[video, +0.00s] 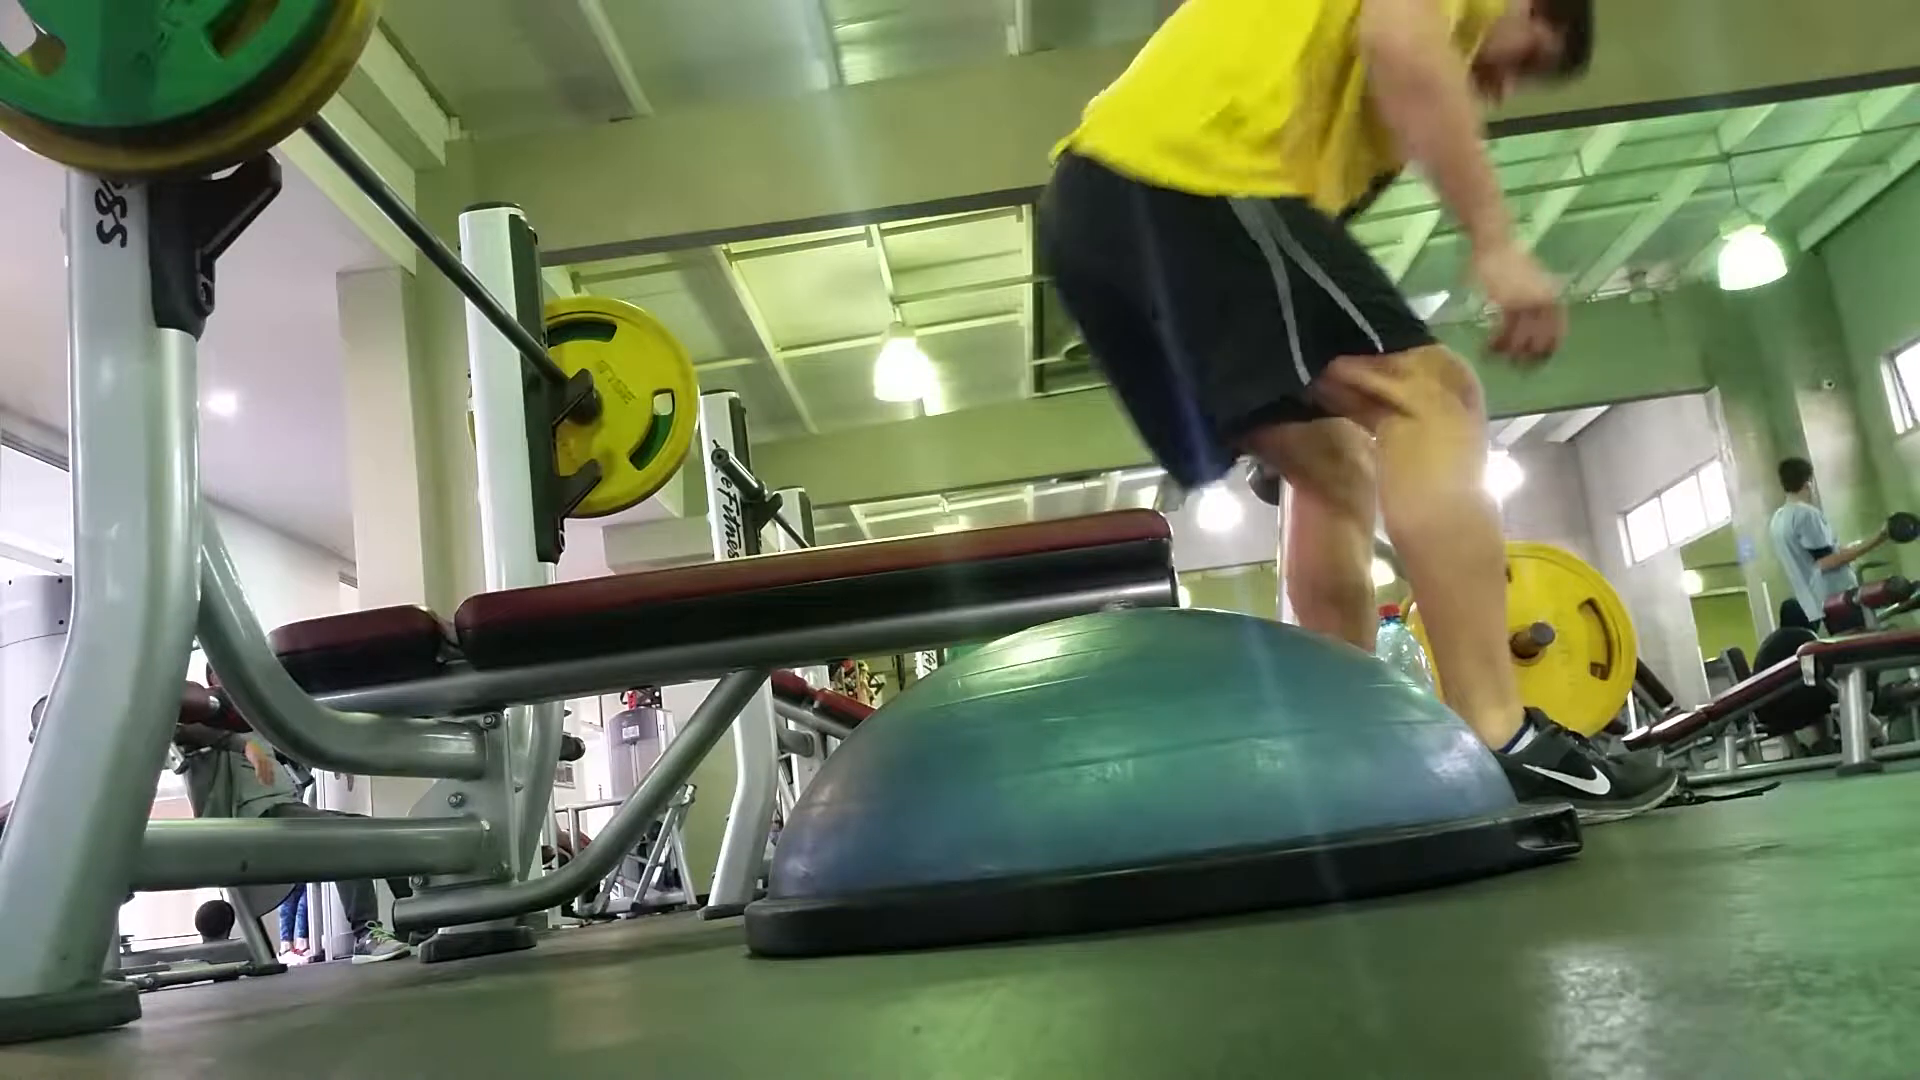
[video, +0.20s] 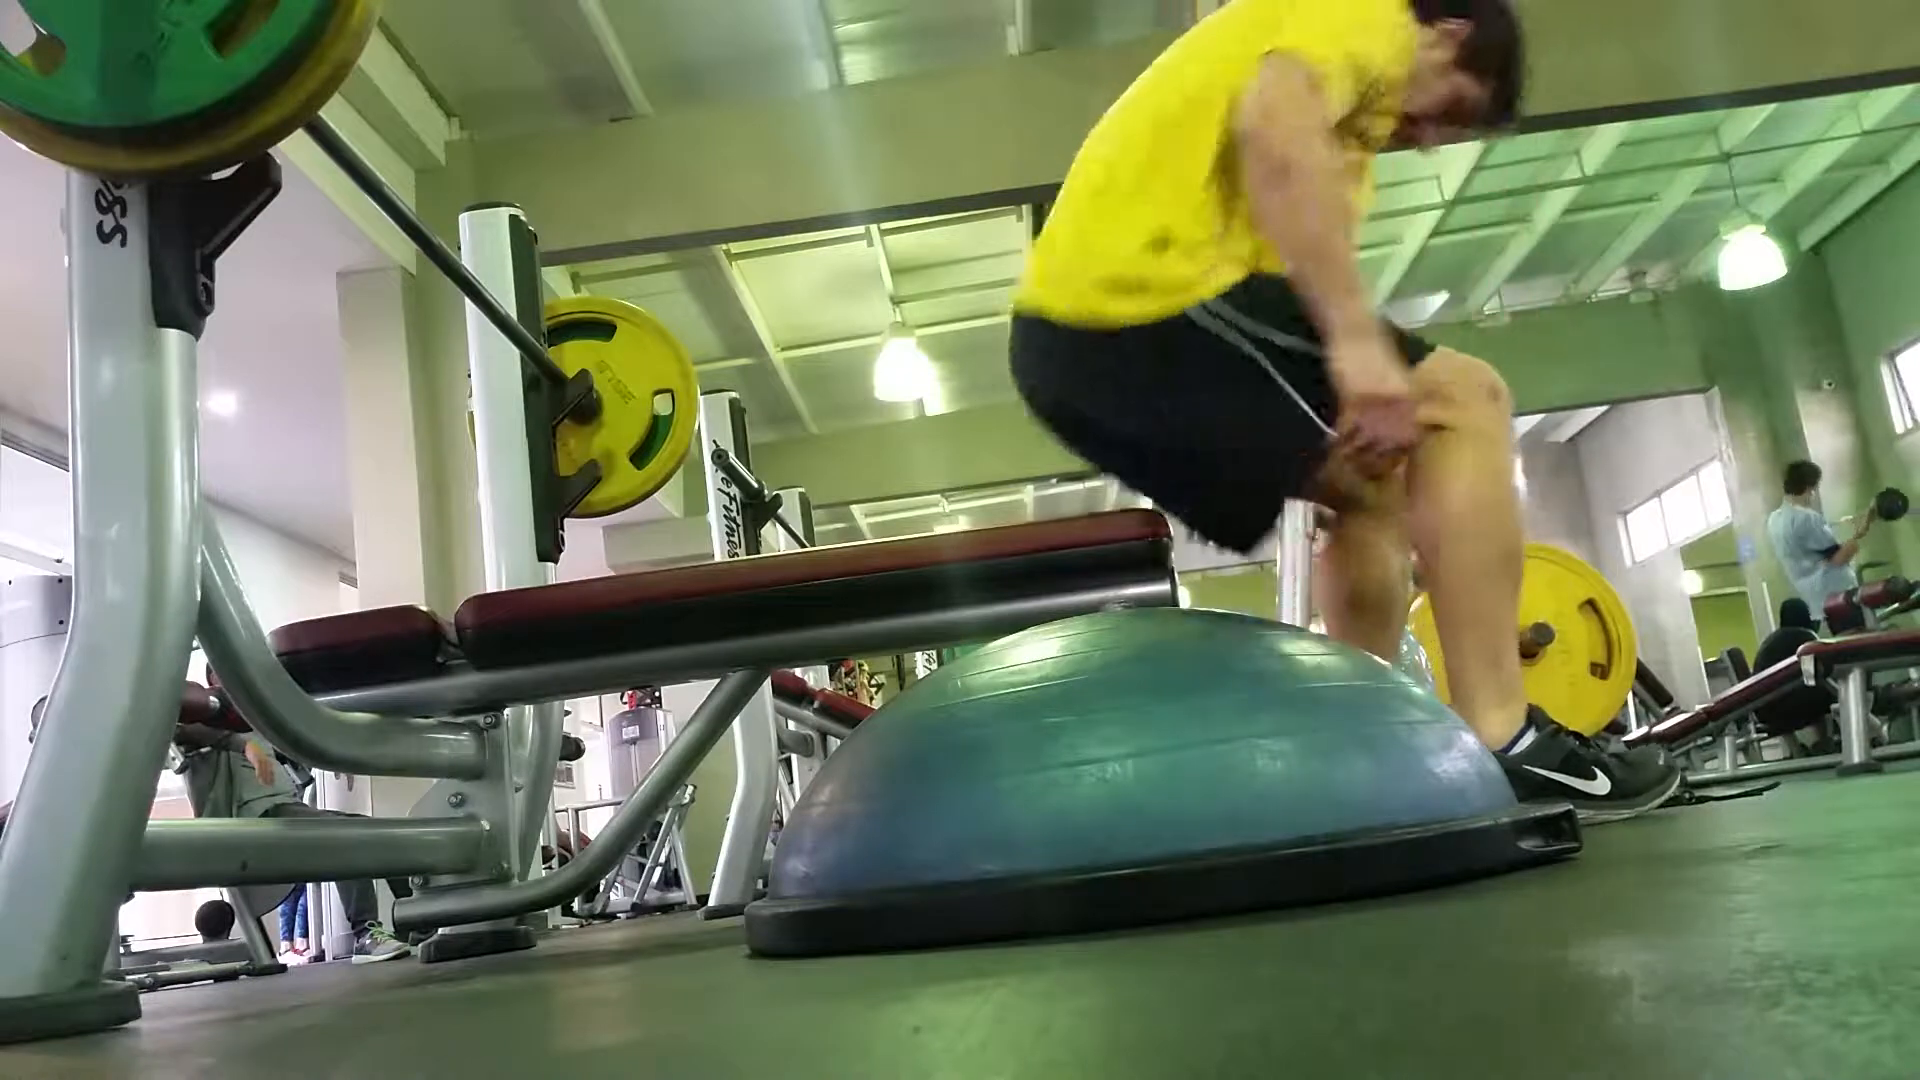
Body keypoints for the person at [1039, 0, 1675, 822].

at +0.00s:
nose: (1508, 83)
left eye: (1529, 78)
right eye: (1531, 55)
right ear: (1521, 4)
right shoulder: (1439, 11)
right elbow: (1401, 44)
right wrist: (1497, 244)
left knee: (1333, 463)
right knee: (1431, 399)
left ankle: (1346, 762)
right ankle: (1499, 737)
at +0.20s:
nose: (1428, 139)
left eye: (1452, 135)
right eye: (1450, 112)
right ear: (1445, 39)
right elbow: (1277, 124)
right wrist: (1357, 339)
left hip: (1073, 336)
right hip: (1147, 305)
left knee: (1374, 491)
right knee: (1467, 401)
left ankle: (1364, 766)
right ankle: (1502, 735)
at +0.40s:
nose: (1242, 120)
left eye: (1262, 105)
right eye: (1256, 89)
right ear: (1232, 23)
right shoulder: (1148, 53)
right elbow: (1107, 206)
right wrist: (1263, 370)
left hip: (1063, 453)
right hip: (1120, 422)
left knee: (1378, 547)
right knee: (1465, 402)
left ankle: (1359, 786)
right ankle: (1505, 729)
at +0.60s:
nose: (1008, 112)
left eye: (1019, 94)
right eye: (1001, 84)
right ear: (946, 45)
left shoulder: (931, 165)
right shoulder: (890, 104)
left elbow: (986, 318)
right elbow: (947, 273)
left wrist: (1175, 354)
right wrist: (1174, 336)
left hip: (1026, 473)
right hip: (1061, 442)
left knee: (1329, 524)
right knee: (1405, 402)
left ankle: (1361, 766)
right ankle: (1510, 726)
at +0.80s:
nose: (823, 187)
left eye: (820, 168)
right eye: (808, 162)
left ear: (716, 160)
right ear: (740, 151)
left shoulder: (725, 271)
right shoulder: (710, 236)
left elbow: (903, 376)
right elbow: (882, 330)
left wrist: (1094, 346)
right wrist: (1107, 246)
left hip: (996, 489)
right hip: (1003, 458)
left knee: (1302, 514)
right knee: (1362, 386)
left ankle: (1366, 760)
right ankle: (1523, 693)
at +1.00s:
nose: (657, 290)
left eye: (644, 277)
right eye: (624, 281)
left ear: (567, 329)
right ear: (561, 317)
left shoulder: (634, 436)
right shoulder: (606, 393)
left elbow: (852, 429)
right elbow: (803, 382)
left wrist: (927, 302)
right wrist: (903, 226)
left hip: (976, 481)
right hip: (978, 437)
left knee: (1274, 456)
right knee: (1310, 328)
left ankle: (1350, 740)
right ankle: (1546, 575)